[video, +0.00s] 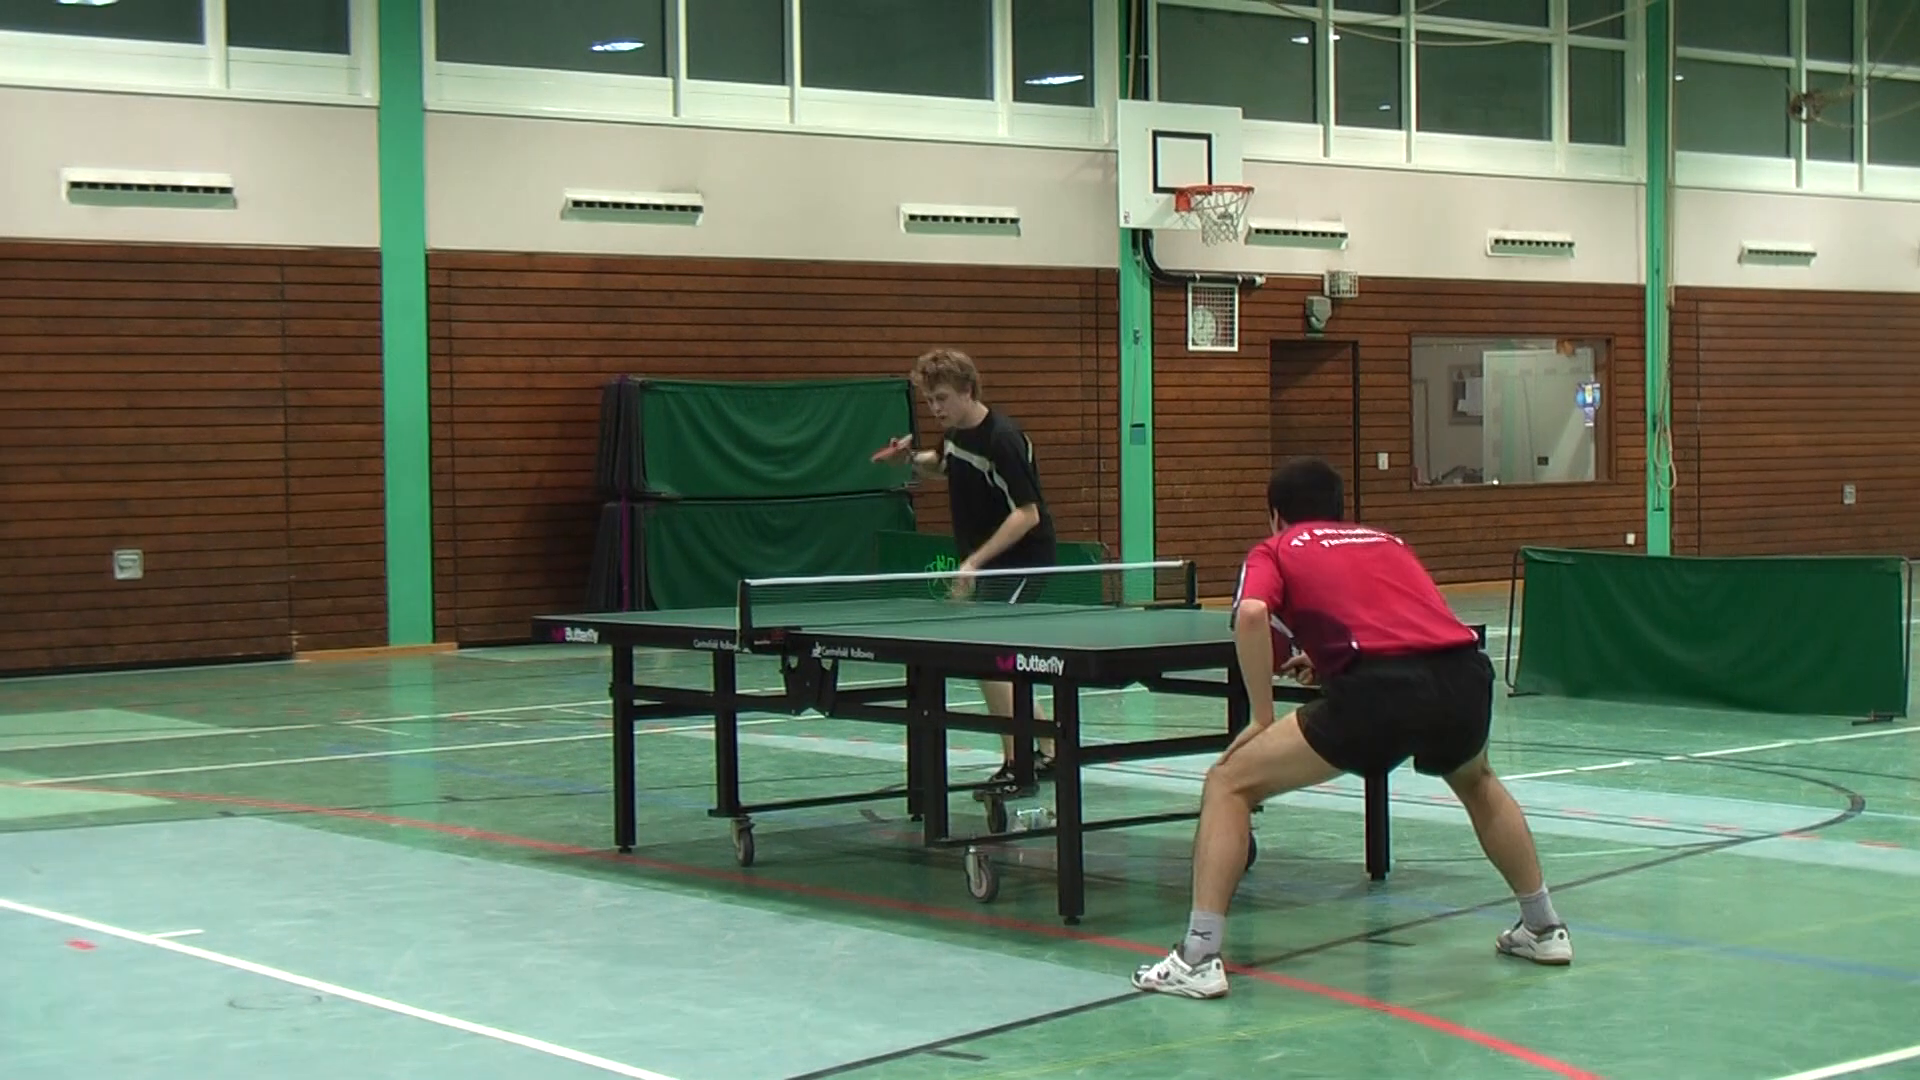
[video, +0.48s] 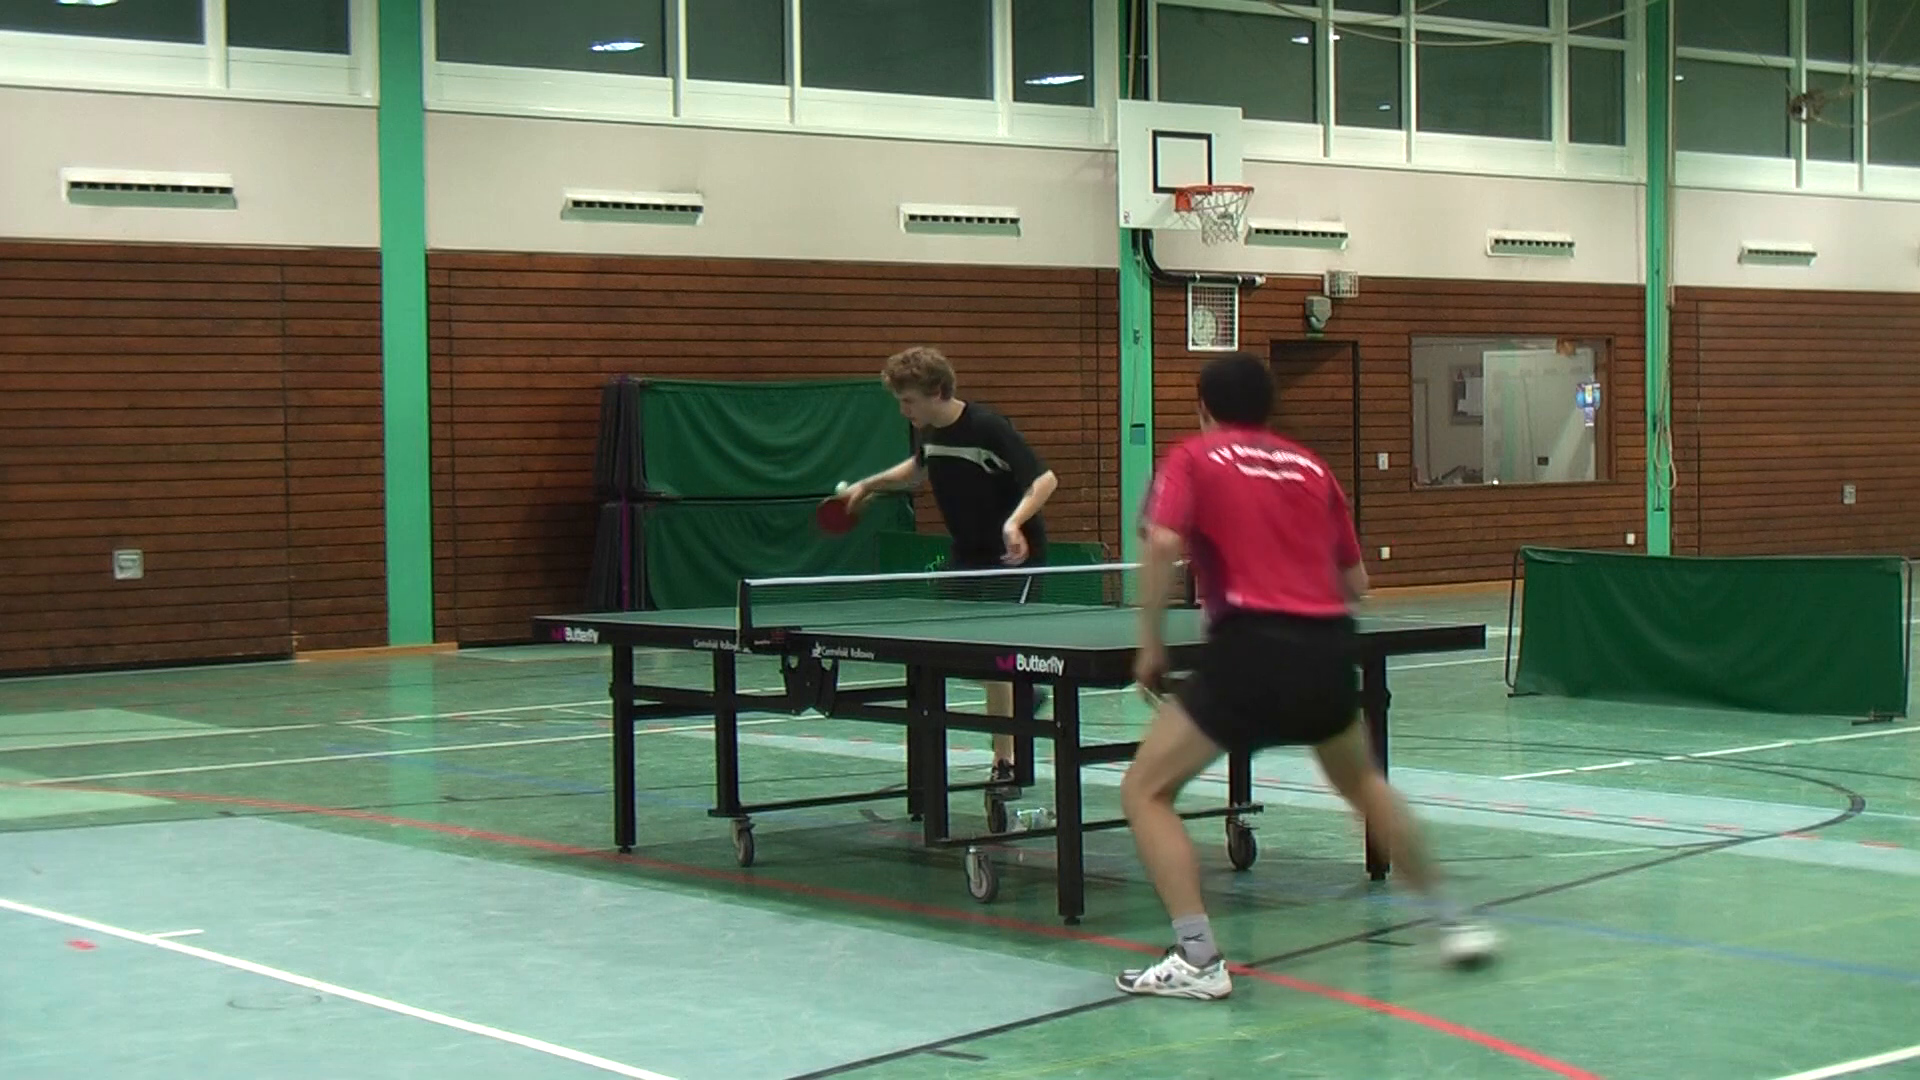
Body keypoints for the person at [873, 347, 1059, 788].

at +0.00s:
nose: (933, 409)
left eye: (940, 399)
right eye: (928, 401)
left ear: (967, 392)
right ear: (928, 399)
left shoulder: (1003, 438)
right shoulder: (955, 432)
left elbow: (1028, 513)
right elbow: (945, 466)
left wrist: (972, 563)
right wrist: (913, 458)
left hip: (1021, 564)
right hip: (988, 563)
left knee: (982, 652)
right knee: (997, 657)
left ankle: (1016, 758)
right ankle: (1047, 744)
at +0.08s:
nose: (933, 407)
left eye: (939, 398)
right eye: (928, 400)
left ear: (966, 389)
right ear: (929, 394)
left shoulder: (997, 434)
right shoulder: (967, 426)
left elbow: (1021, 506)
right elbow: (956, 444)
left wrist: (959, 538)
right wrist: (917, 444)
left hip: (1022, 560)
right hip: (993, 558)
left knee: (987, 650)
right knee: (999, 654)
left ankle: (1016, 757)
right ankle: (1051, 741)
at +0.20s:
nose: (924, 408)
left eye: (930, 398)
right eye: (920, 399)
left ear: (957, 388)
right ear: (942, 393)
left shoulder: (991, 431)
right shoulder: (962, 422)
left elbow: (1018, 499)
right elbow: (954, 434)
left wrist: (948, 505)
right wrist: (915, 437)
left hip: (1023, 558)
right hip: (992, 556)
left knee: (995, 653)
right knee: (998, 656)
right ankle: (1010, 756)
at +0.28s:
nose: (917, 409)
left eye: (922, 400)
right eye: (913, 400)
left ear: (951, 390)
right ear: (940, 393)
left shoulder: (989, 429)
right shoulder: (956, 423)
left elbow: (1026, 497)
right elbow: (951, 434)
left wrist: (956, 509)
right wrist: (911, 442)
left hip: (1021, 561)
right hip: (987, 559)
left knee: (995, 660)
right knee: (1001, 661)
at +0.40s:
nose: (908, 410)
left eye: (912, 400)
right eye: (905, 401)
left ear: (942, 392)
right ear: (932, 395)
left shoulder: (988, 428)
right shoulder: (945, 428)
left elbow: (1039, 487)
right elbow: (939, 444)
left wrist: (993, 523)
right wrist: (890, 462)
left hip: (1018, 559)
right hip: (978, 555)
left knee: (991, 655)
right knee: (966, 649)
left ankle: (1003, 763)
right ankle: (1033, 717)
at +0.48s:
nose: (903, 410)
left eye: (908, 401)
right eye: (900, 402)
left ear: (938, 393)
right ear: (919, 398)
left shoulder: (989, 427)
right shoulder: (925, 430)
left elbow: (1046, 480)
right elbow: (915, 470)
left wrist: (1014, 520)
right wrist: (867, 484)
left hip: (1012, 561)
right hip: (968, 559)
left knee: (996, 657)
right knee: (985, 660)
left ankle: (1005, 761)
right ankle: (1006, 757)